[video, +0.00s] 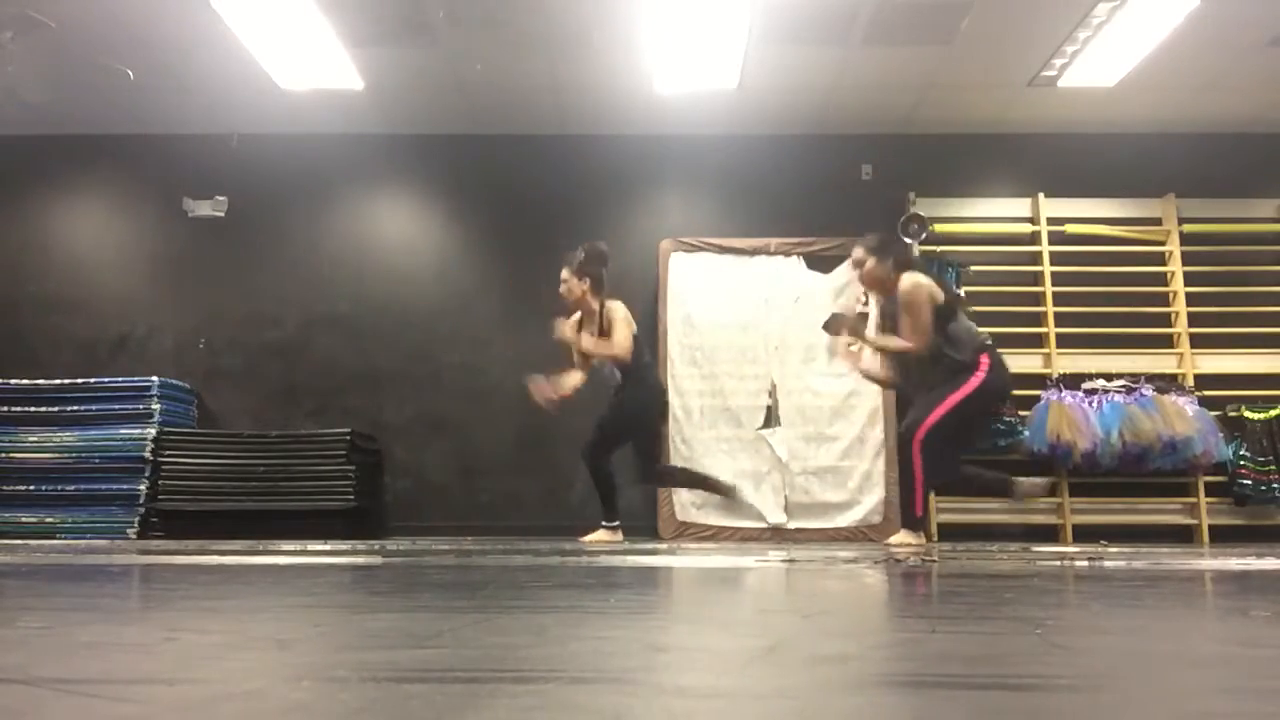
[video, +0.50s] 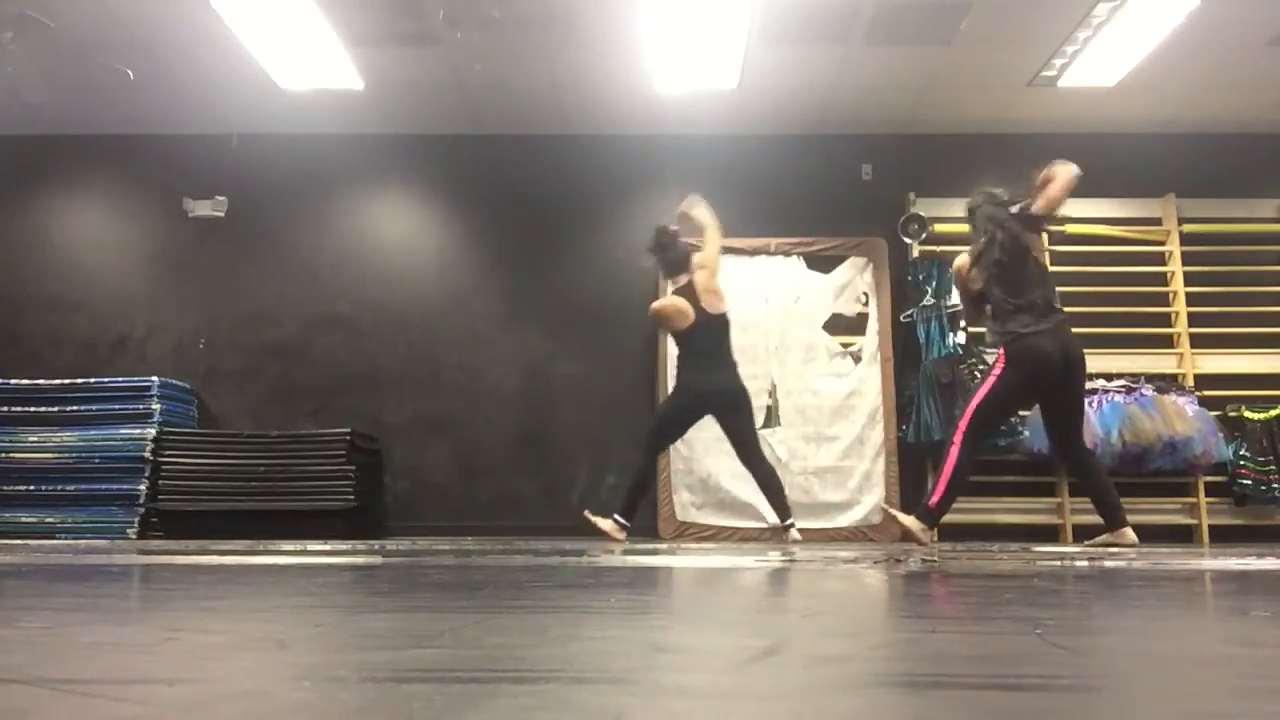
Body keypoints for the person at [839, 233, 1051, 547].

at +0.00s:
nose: (856, 273)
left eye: (860, 264)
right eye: (854, 266)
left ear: (886, 262)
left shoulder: (912, 284)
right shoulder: (887, 305)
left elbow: (918, 344)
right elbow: (900, 375)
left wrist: (864, 336)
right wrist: (861, 362)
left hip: (979, 371)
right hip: (949, 379)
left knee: (916, 433)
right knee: (934, 467)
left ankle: (914, 530)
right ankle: (1018, 489)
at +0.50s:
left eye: (972, 214)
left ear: (973, 220)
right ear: (1007, 208)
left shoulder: (966, 263)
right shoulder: (1026, 222)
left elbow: (974, 311)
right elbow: (1066, 176)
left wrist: (975, 282)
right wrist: (1055, 170)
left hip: (1022, 354)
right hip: (1065, 346)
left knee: (966, 432)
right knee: (1072, 447)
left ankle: (926, 520)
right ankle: (1120, 527)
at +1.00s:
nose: (960, 248)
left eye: (961, 243)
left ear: (966, 248)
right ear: (1001, 242)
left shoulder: (960, 278)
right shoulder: (1024, 260)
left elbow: (949, 321)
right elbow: (1081, 250)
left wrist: (957, 280)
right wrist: (1135, 222)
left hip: (1026, 354)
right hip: (1068, 350)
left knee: (972, 435)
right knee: (1057, 447)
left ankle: (921, 522)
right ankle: (1116, 527)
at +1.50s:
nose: (886, 283)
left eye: (894, 275)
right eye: (880, 277)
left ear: (912, 279)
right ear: (872, 284)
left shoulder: (943, 308)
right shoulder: (870, 329)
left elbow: (978, 358)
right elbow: (842, 384)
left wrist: (925, 365)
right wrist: (813, 437)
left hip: (966, 378)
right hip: (926, 388)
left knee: (932, 437)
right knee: (961, 475)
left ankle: (914, 529)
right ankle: (1044, 498)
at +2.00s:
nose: (826, 201)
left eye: (830, 196)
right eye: (818, 195)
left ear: (835, 206)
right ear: (800, 200)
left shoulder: (820, 259)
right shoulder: (778, 229)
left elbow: (836, 308)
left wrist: (854, 346)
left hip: (809, 347)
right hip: (766, 345)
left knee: (845, 434)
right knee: (746, 438)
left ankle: (881, 523)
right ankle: (717, 526)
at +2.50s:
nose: (742, 257)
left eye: (741, 251)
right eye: (731, 254)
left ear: (745, 258)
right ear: (714, 268)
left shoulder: (774, 295)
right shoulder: (710, 320)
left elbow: (809, 334)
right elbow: (722, 376)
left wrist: (816, 366)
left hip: (793, 391)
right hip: (744, 401)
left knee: (861, 446)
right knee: (719, 455)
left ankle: (937, 501)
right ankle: (721, 529)